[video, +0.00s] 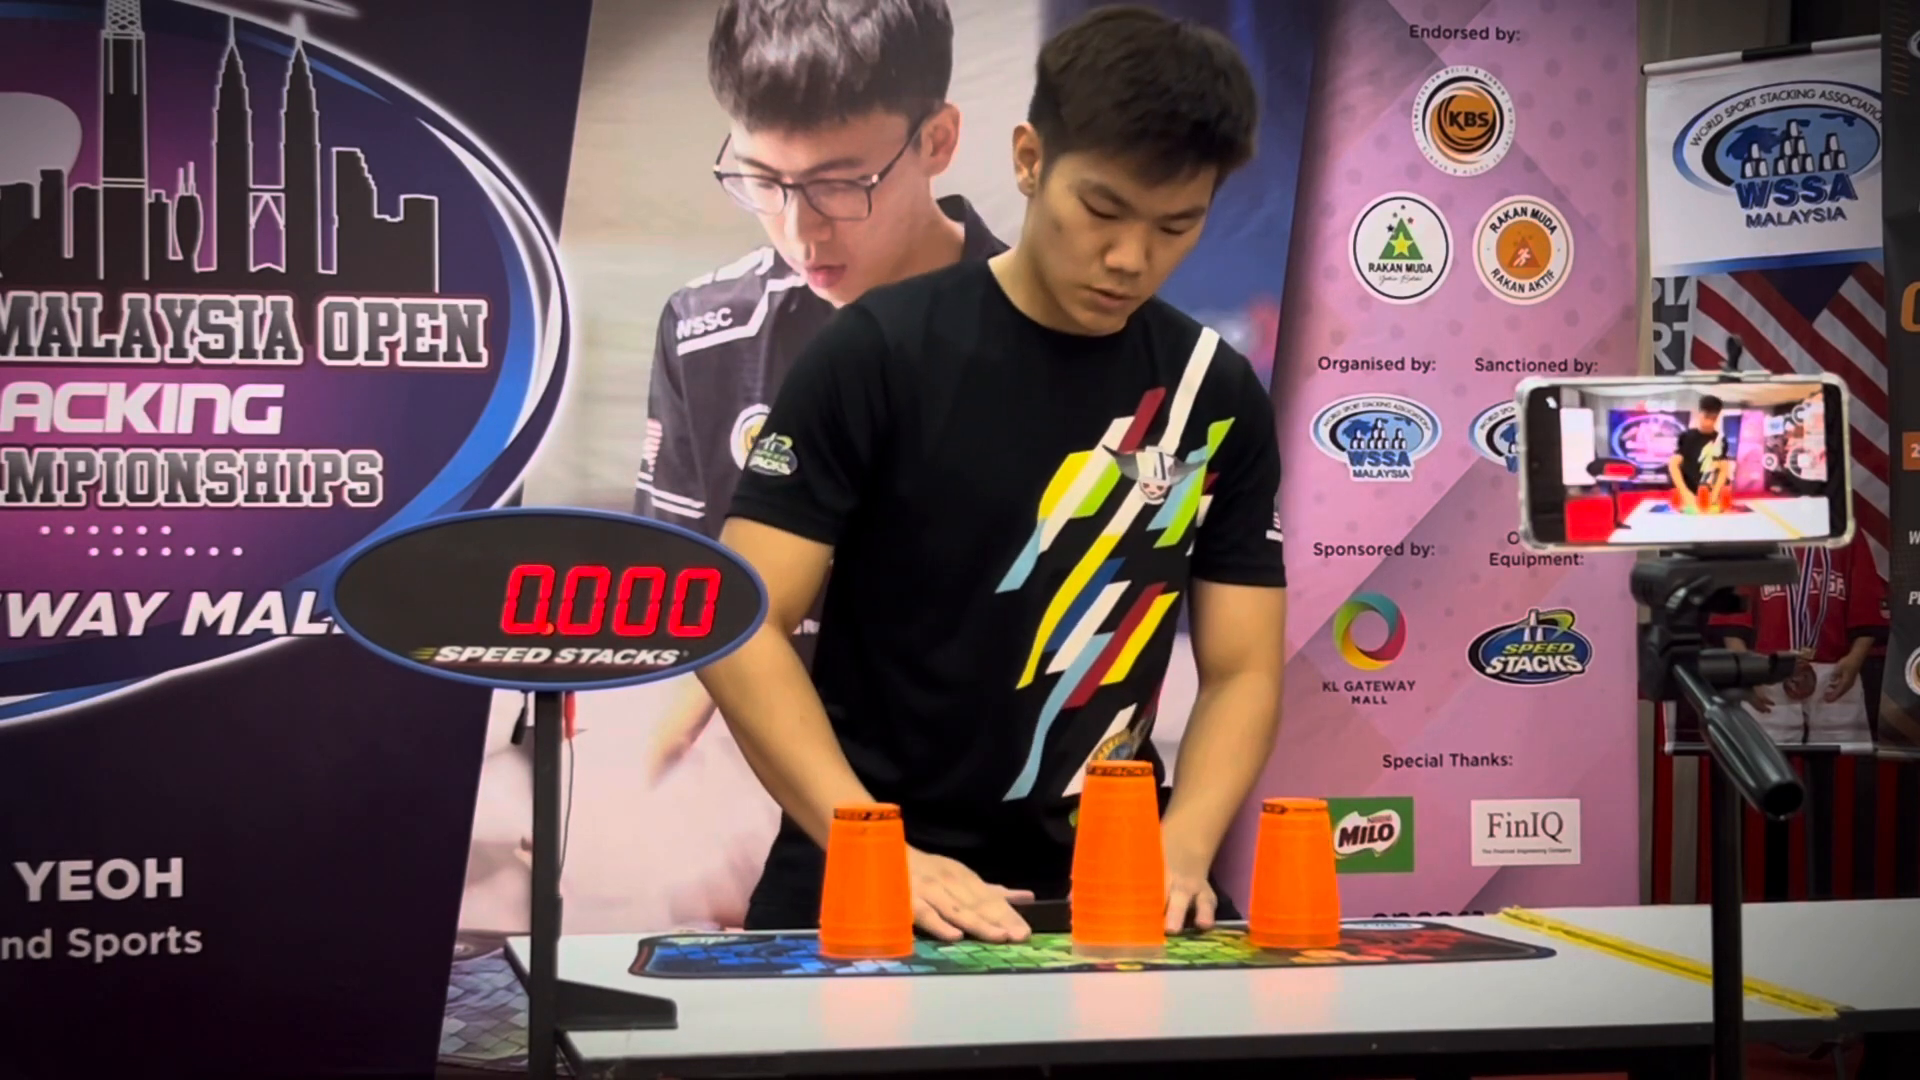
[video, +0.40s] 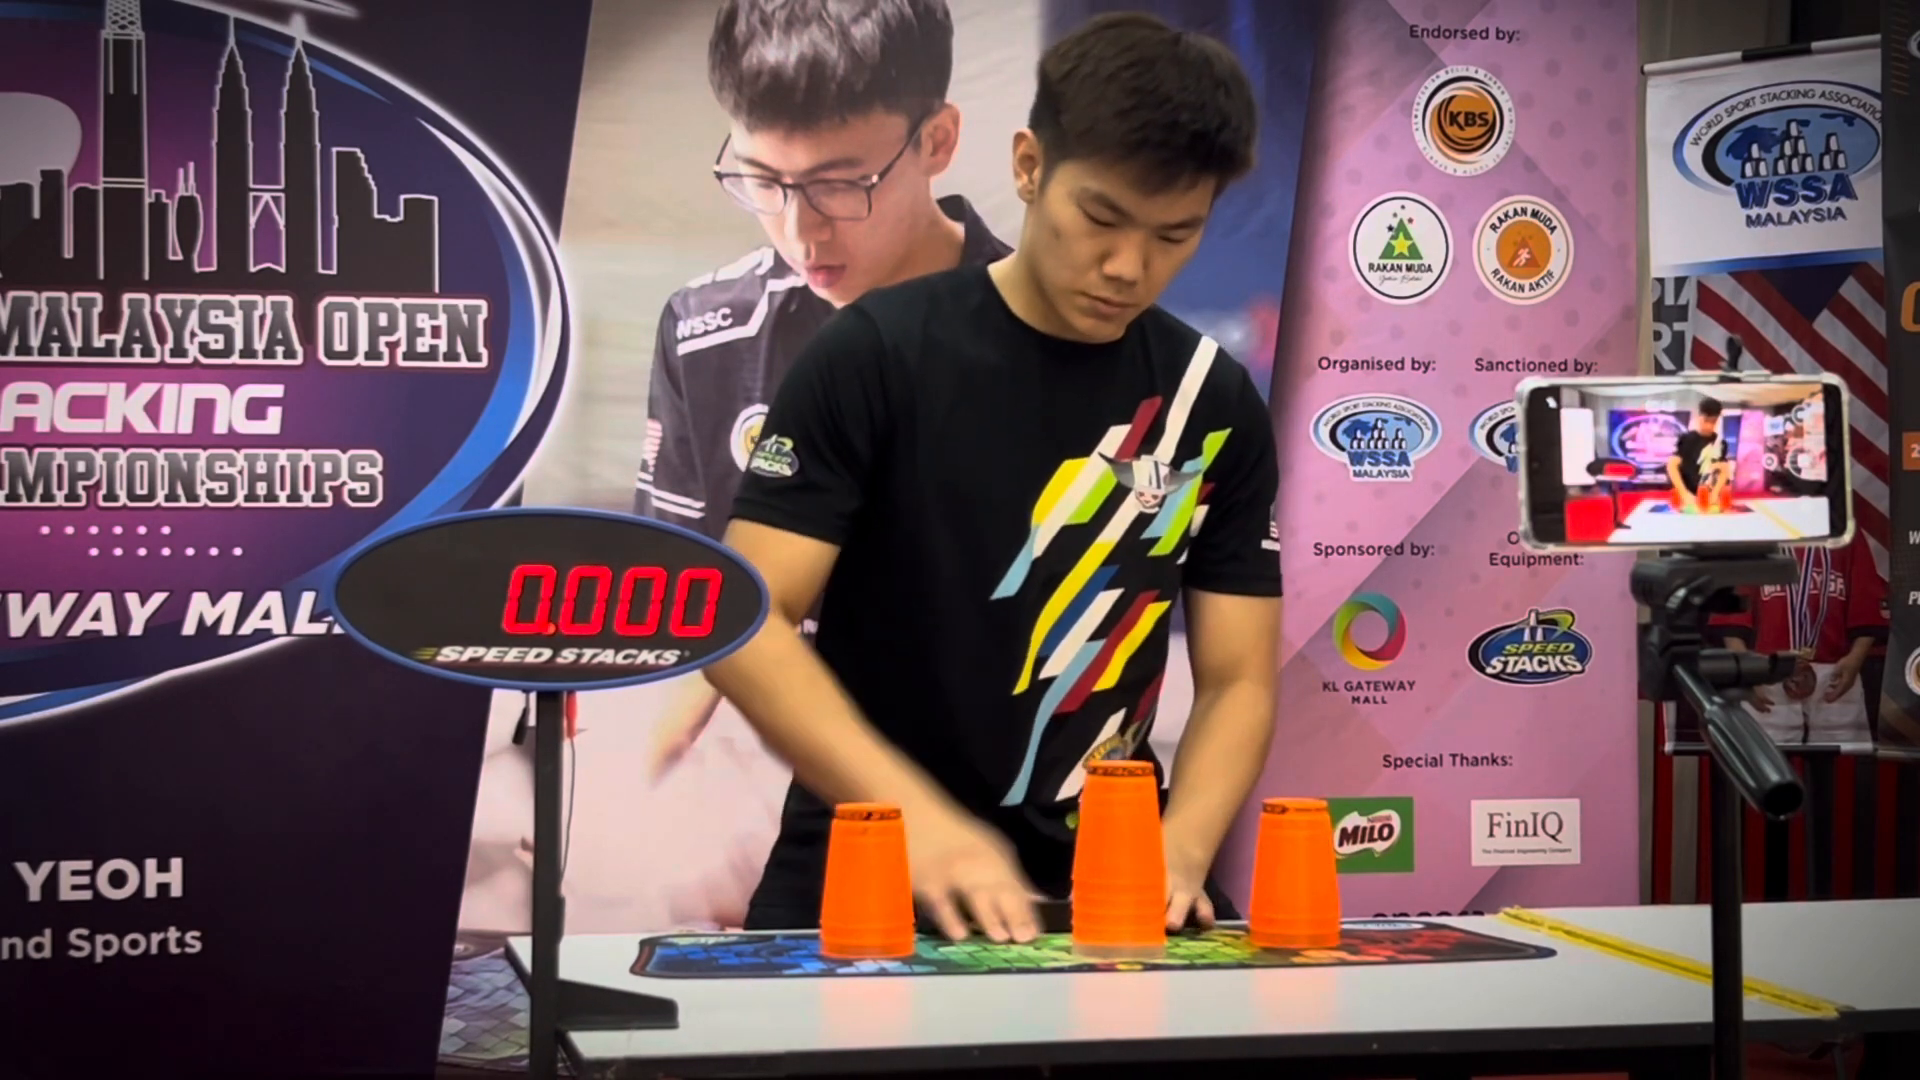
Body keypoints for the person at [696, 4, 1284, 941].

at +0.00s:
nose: (1130, 259)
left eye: (1175, 225)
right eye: (1102, 208)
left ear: (1210, 202)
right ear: (1028, 163)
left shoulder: (1217, 400)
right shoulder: (878, 353)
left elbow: (1242, 673)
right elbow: (737, 620)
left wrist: (1180, 852)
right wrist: (872, 849)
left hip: (1090, 920)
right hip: (857, 905)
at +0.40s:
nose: (1128, 268)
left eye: (1173, 235)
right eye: (1100, 216)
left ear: (1209, 213)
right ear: (1028, 169)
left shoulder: (1214, 406)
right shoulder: (874, 355)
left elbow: (1238, 681)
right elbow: (741, 618)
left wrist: (1177, 852)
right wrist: (922, 817)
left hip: (1092, 921)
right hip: (856, 906)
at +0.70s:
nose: (1176, 261)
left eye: (1215, 228)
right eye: (1149, 212)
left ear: (1243, 213)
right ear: (1064, 166)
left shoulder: (1229, 399)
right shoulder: (915, 362)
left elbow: (1252, 658)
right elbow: (909, 680)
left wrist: (1304, 758)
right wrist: (1147, 731)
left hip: (1141, 881)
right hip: (910, 887)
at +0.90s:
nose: (1173, 256)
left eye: (1213, 223)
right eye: (1146, 205)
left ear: (1241, 209)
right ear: (1060, 163)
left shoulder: (1237, 394)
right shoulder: (907, 360)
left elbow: (1250, 662)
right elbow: (846, 656)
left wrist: (1249, 706)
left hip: (1142, 868)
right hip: (903, 872)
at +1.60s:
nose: (1050, 228)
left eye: (1099, 196)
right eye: (1025, 176)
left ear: (1150, 187)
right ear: (969, 140)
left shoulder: (1189, 394)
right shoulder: (826, 346)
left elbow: (1181, 697)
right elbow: (740, 593)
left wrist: (1007, 749)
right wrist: (746, 679)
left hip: (1073, 895)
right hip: (841, 882)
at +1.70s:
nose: (801, 233)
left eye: (842, 183)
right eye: (763, 179)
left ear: (940, 143)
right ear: (734, 139)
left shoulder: (1029, 311)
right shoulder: (701, 331)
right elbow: (680, 574)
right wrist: (711, 706)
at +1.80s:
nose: (801, 236)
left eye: (843, 183)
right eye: (764, 181)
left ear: (938, 144)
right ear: (733, 144)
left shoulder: (1033, 315)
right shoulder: (702, 331)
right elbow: (673, 566)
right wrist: (699, 653)